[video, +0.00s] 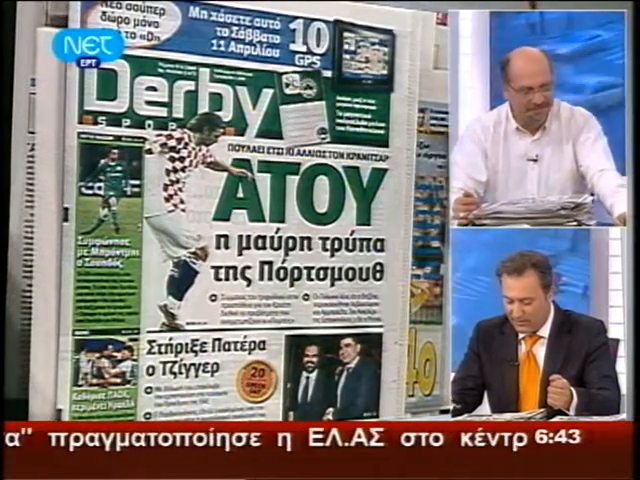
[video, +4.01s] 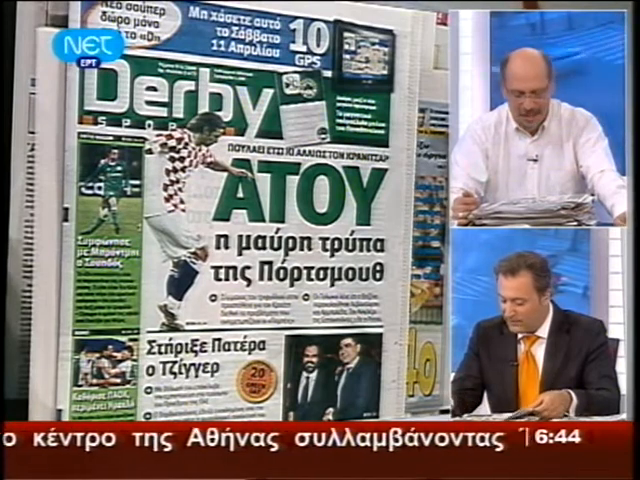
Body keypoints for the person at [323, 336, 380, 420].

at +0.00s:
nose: (343, 351)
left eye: (347, 346)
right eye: (341, 348)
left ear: (358, 348)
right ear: (339, 351)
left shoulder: (367, 368)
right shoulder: (340, 371)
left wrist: (335, 415)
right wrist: (330, 411)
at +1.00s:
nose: (343, 351)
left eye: (347, 346)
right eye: (341, 348)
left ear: (358, 348)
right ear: (339, 351)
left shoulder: (367, 368)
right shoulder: (340, 372)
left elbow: (361, 408)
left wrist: (335, 415)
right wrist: (331, 411)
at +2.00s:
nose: (343, 351)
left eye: (347, 346)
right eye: (341, 348)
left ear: (358, 348)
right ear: (338, 351)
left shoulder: (367, 368)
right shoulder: (341, 371)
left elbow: (361, 408)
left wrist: (335, 415)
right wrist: (331, 411)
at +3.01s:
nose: (343, 351)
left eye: (347, 346)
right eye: (341, 348)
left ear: (358, 348)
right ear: (339, 351)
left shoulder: (367, 368)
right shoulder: (341, 371)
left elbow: (360, 408)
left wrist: (335, 416)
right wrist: (332, 410)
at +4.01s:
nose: (343, 351)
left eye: (347, 346)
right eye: (341, 348)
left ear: (358, 348)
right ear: (339, 351)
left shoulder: (367, 368)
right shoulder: (341, 371)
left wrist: (335, 416)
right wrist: (332, 410)